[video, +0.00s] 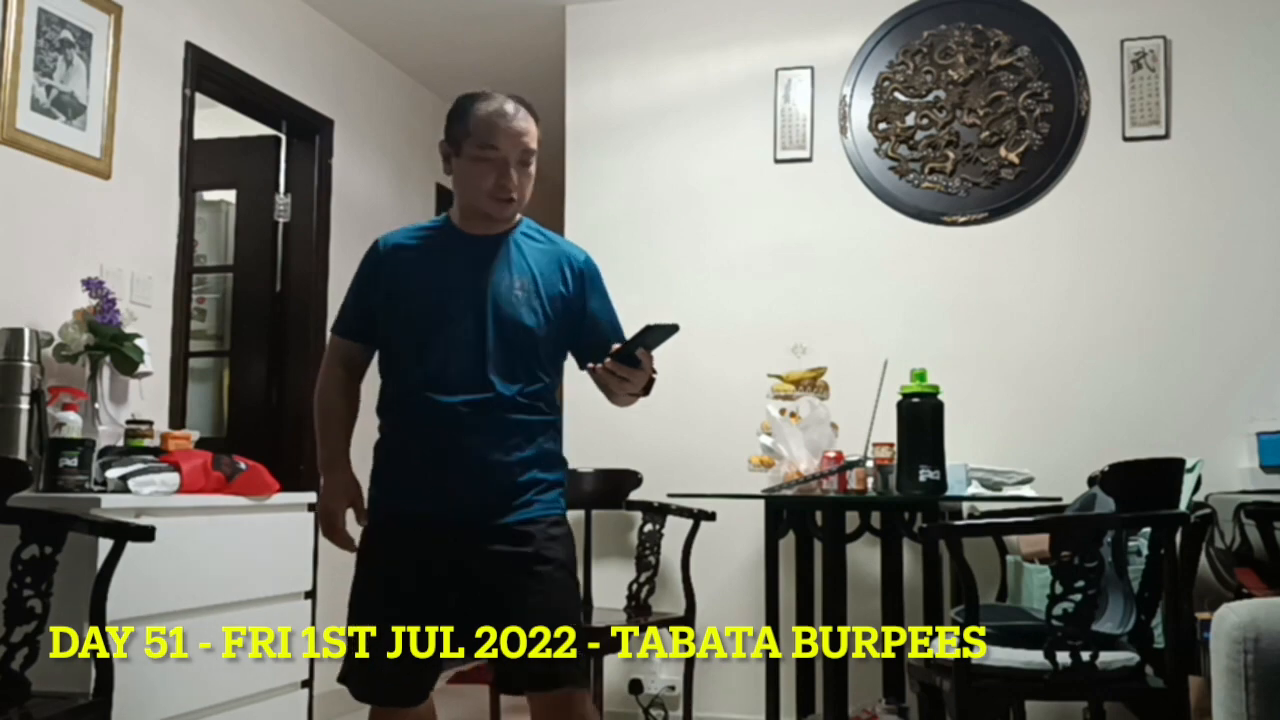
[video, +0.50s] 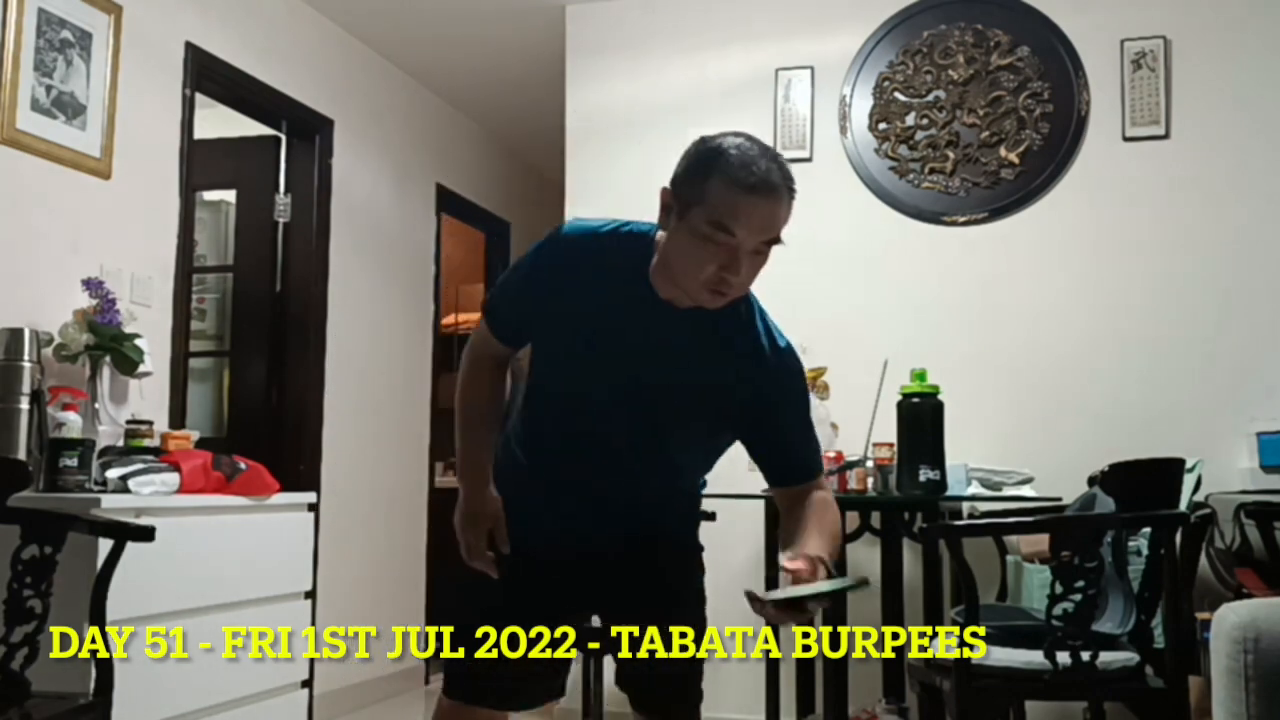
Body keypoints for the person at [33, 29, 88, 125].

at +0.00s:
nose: (66, 52)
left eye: (69, 48)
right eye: (63, 49)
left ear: (74, 49)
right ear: (61, 51)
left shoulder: (79, 66)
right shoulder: (61, 60)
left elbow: (69, 89)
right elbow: (57, 81)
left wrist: (48, 82)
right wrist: (49, 101)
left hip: (79, 102)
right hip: (62, 95)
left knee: (63, 98)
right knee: (47, 88)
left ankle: (69, 120)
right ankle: (61, 116)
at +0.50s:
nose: (66, 52)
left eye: (69, 48)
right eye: (63, 49)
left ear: (74, 49)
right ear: (61, 51)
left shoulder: (79, 66)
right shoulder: (61, 60)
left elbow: (69, 89)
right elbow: (57, 81)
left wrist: (48, 82)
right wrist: (49, 101)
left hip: (79, 102)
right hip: (62, 95)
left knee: (64, 98)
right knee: (47, 88)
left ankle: (70, 120)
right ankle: (60, 116)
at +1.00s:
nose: (67, 51)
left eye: (69, 48)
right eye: (64, 49)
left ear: (74, 49)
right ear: (61, 50)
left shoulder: (79, 66)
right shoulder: (61, 60)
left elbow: (69, 89)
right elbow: (57, 80)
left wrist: (48, 82)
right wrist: (49, 101)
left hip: (79, 102)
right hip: (64, 95)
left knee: (63, 98)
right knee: (48, 88)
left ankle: (70, 119)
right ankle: (61, 116)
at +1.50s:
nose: (66, 51)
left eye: (69, 48)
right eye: (63, 49)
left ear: (74, 49)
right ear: (61, 50)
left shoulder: (79, 66)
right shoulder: (62, 60)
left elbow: (69, 89)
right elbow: (57, 81)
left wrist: (49, 82)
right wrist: (49, 101)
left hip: (79, 102)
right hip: (64, 95)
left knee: (64, 98)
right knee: (48, 88)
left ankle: (70, 119)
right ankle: (61, 116)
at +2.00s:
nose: (66, 52)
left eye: (69, 48)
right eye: (63, 49)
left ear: (74, 49)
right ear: (61, 50)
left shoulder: (79, 65)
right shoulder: (61, 60)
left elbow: (70, 89)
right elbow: (57, 81)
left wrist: (49, 82)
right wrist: (49, 101)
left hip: (79, 101)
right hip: (63, 94)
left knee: (64, 98)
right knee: (49, 89)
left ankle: (70, 119)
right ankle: (61, 117)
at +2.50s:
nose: (66, 51)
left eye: (69, 48)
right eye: (63, 48)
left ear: (74, 49)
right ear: (60, 50)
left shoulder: (79, 65)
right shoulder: (61, 60)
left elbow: (70, 89)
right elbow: (57, 81)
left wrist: (49, 83)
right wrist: (49, 101)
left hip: (80, 102)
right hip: (63, 95)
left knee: (64, 98)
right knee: (48, 88)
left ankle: (70, 120)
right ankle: (61, 117)